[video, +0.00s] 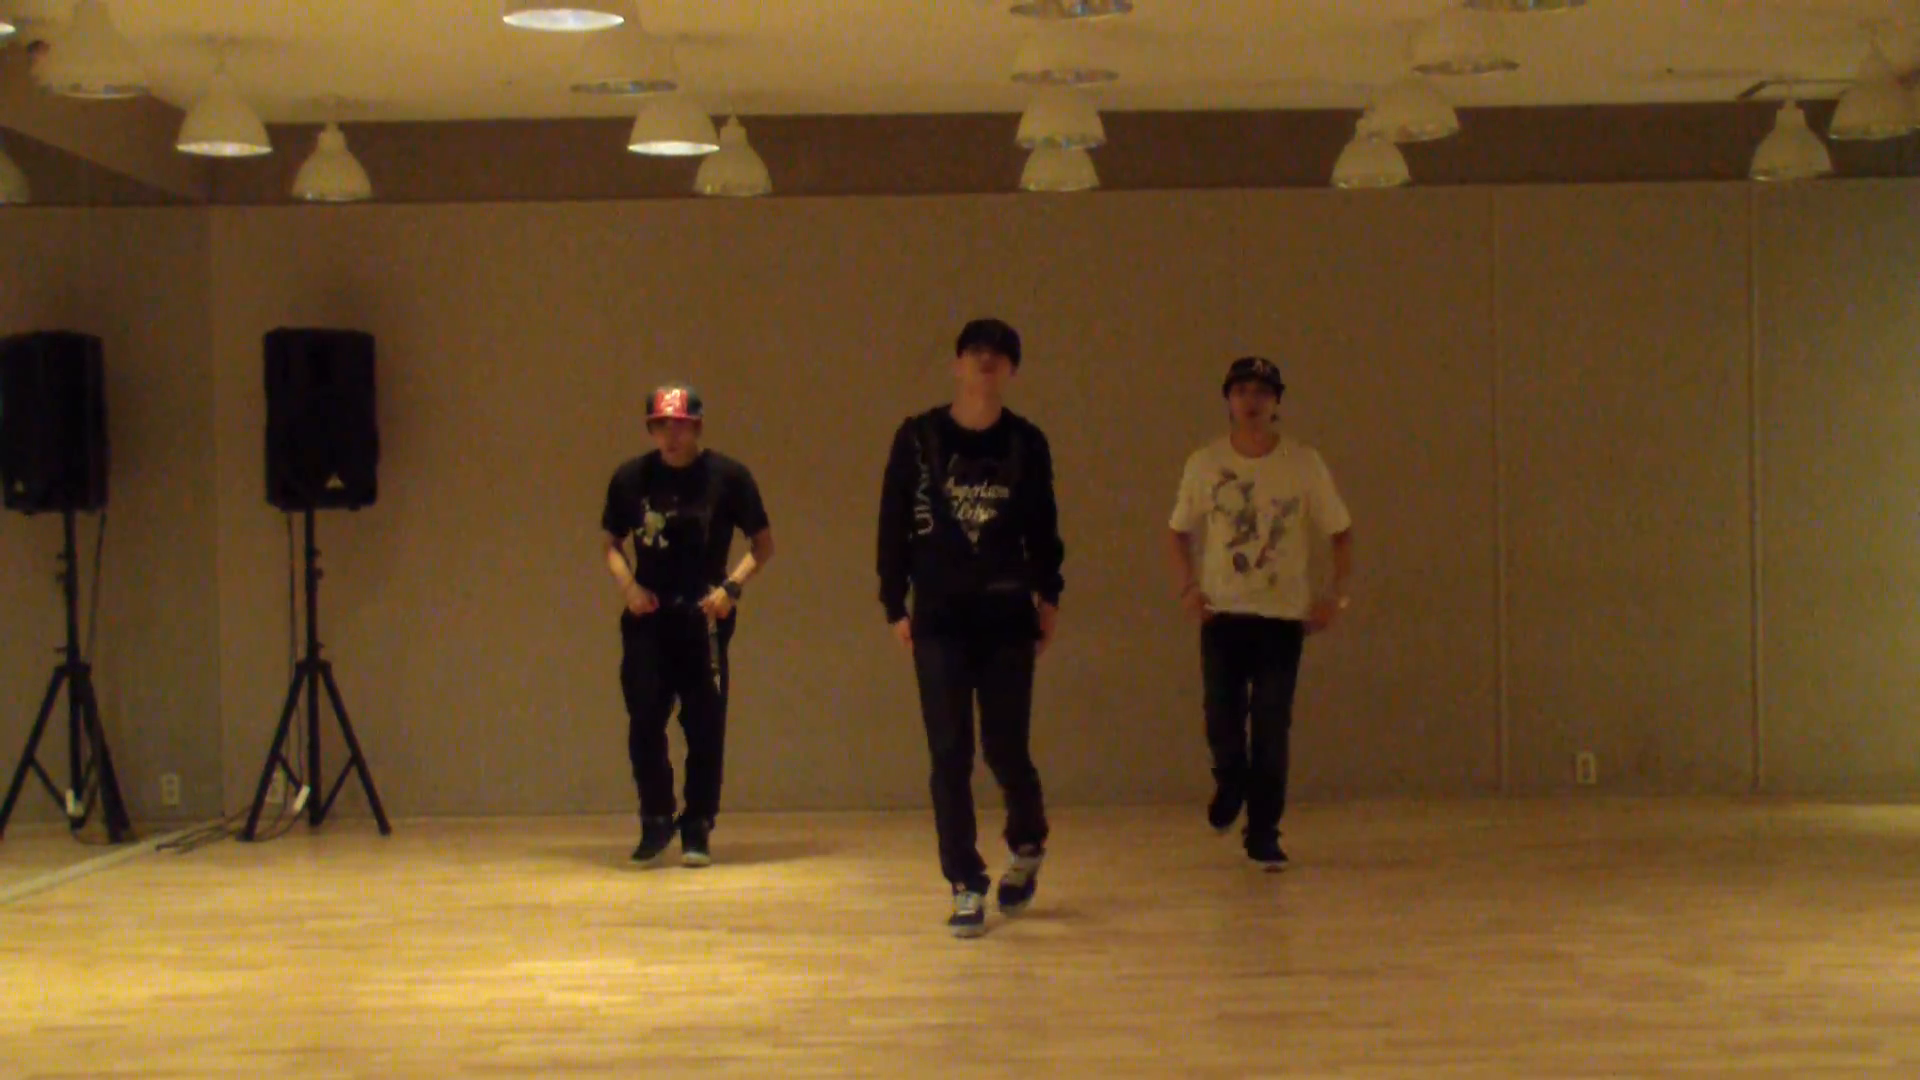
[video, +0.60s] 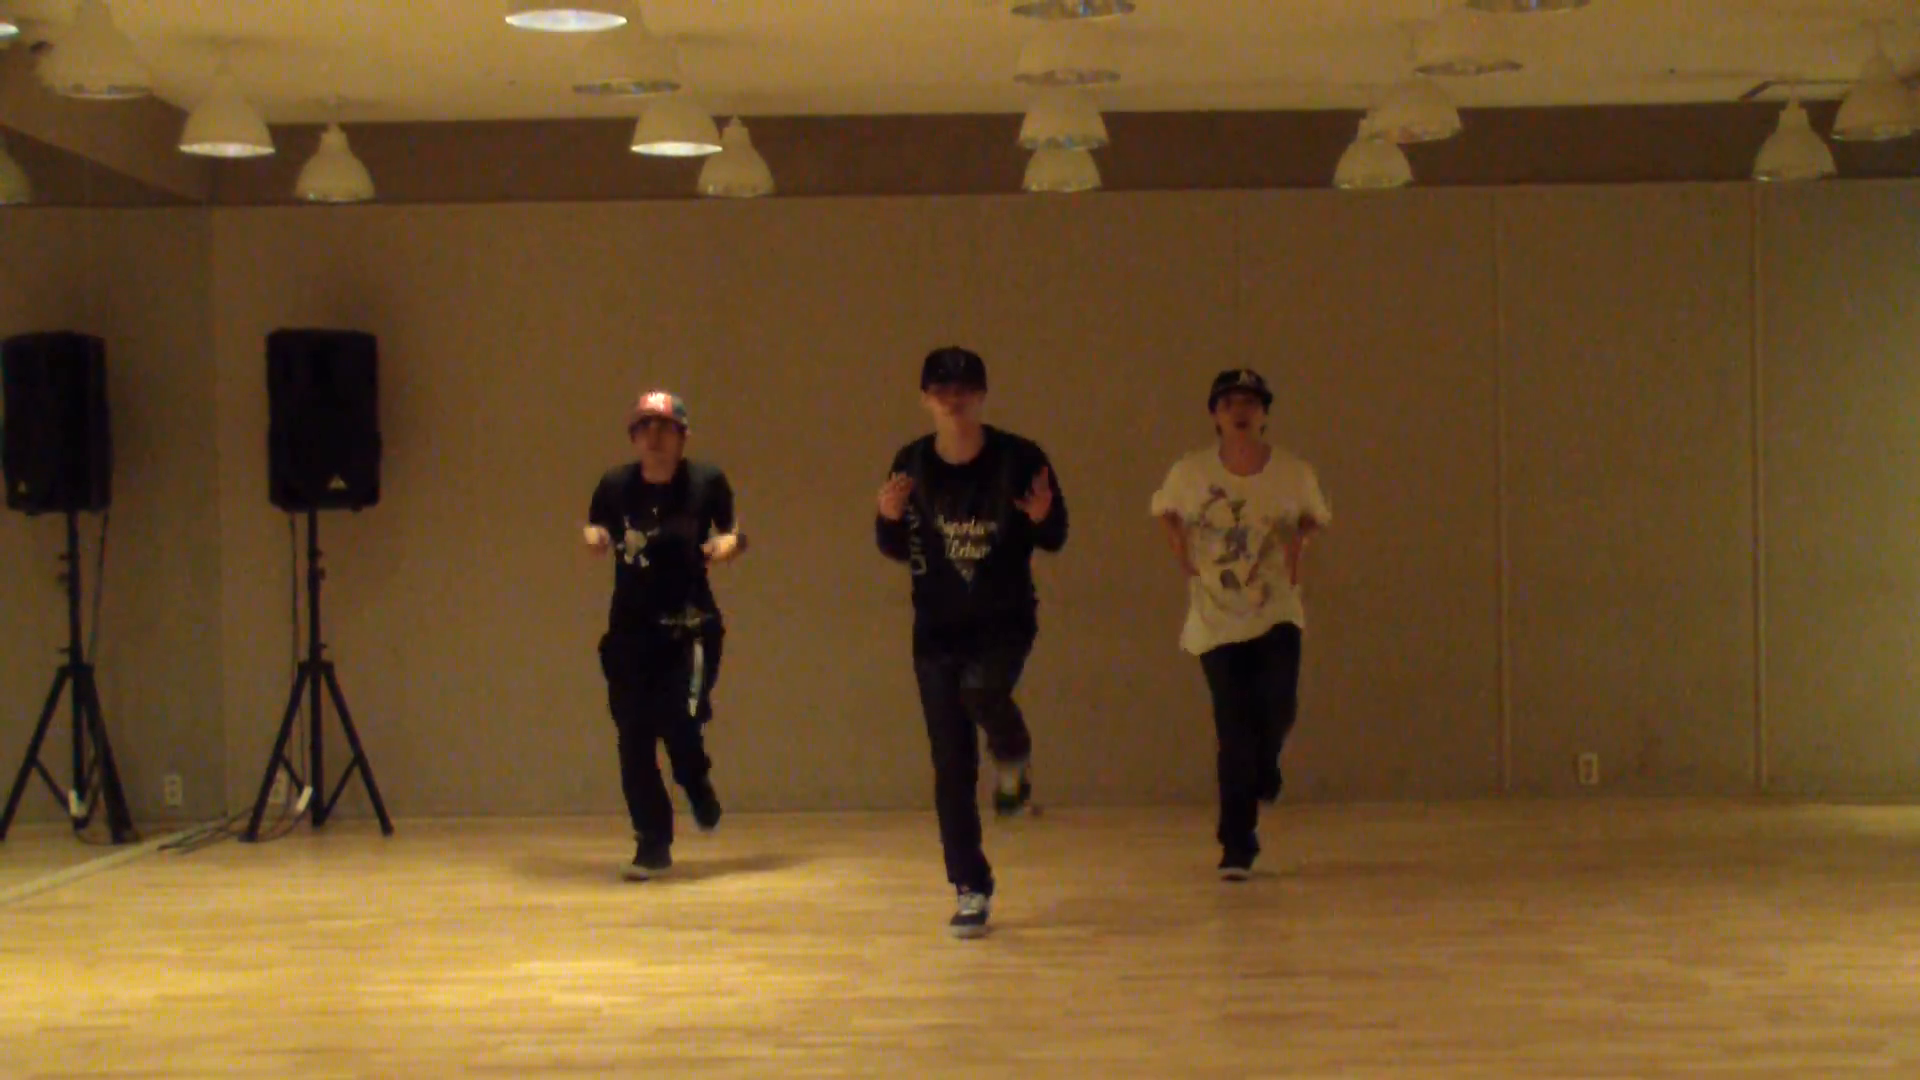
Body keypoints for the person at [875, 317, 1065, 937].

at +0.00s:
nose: (988, 368)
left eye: (998, 361)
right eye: (978, 358)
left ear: (1012, 372)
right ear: (957, 364)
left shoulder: (1026, 441)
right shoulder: (918, 436)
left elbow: (1043, 525)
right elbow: (893, 525)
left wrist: (1048, 595)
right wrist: (896, 605)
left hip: (1008, 615)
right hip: (940, 614)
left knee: (1005, 748)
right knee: (949, 753)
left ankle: (1027, 845)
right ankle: (964, 882)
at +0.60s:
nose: (953, 402)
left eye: (963, 391)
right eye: (942, 393)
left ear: (982, 395)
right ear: (926, 399)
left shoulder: (1019, 459)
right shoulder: (911, 464)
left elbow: (1054, 541)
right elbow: (897, 551)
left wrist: (1044, 516)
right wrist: (889, 516)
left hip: (1005, 616)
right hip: (939, 623)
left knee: (983, 691)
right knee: (952, 760)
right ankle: (969, 884)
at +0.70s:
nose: (956, 400)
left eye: (966, 388)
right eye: (944, 390)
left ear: (984, 394)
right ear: (928, 397)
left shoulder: (1019, 453)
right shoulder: (913, 463)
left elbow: (1060, 541)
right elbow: (889, 558)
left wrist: (1042, 498)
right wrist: (894, 501)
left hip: (1005, 617)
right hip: (939, 625)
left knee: (976, 677)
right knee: (950, 764)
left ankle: (1001, 755)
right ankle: (970, 887)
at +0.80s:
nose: (961, 416)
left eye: (970, 403)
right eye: (949, 404)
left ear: (987, 404)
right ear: (931, 406)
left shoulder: (1014, 461)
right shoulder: (918, 470)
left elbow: (1045, 512)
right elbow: (895, 519)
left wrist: (1049, 491)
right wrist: (881, 489)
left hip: (1002, 627)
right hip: (937, 630)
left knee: (980, 730)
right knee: (951, 751)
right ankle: (966, 874)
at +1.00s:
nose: (965, 439)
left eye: (975, 427)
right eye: (954, 427)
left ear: (992, 430)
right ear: (935, 429)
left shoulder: (1016, 490)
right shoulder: (909, 495)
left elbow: (1068, 502)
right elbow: (854, 504)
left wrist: (1122, 493)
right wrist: (799, 501)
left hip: (1000, 658)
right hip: (933, 661)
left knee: (973, 755)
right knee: (952, 777)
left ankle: (952, 878)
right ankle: (977, 892)